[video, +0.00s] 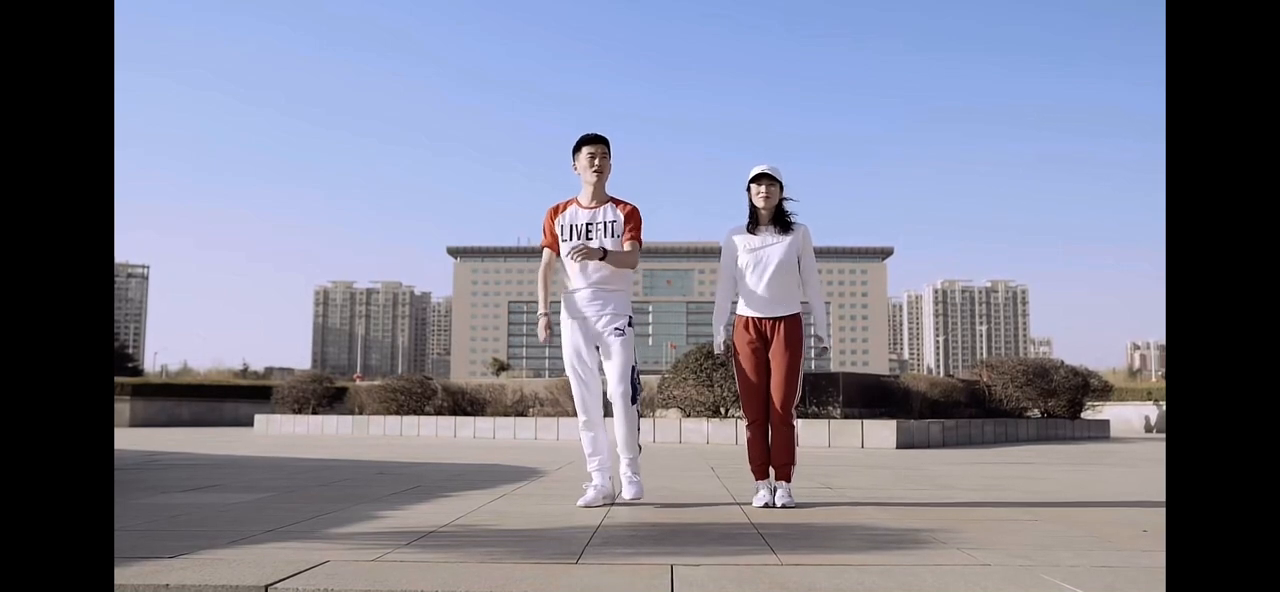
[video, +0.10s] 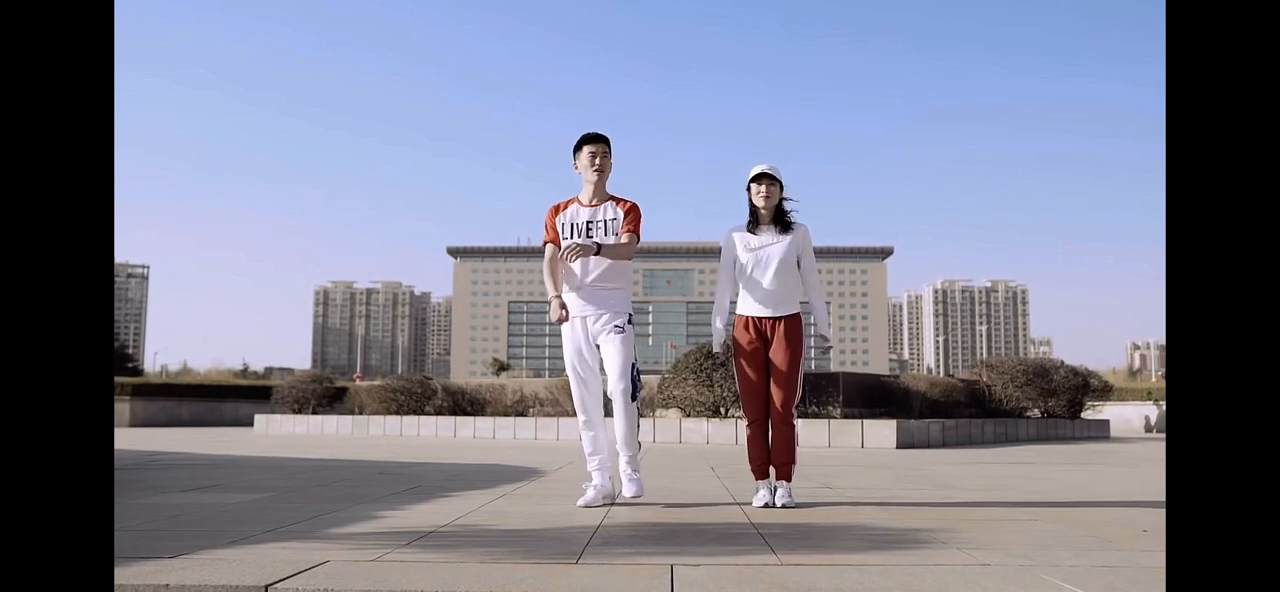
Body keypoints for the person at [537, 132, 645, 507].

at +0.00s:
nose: (598, 161)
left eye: (603, 156)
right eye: (590, 156)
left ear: (610, 164)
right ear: (576, 165)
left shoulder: (626, 211)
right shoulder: (557, 214)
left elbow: (632, 260)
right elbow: (546, 267)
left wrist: (600, 254)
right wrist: (543, 310)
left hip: (614, 312)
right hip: (575, 315)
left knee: (620, 393)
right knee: (585, 401)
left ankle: (629, 472)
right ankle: (600, 481)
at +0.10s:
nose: (598, 160)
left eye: (603, 155)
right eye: (591, 155)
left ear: (610, 164)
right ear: (577, 164)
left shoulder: (626, 208)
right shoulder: (558, 212)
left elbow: (629, 249)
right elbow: (551, 257)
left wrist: (595, 248)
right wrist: (554, 297)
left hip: (614, 314)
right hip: (575, 315)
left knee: (620, 390)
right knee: (585, 402)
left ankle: (629, 470)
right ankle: (599, 481)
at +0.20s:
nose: (599, 162)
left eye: (605, 157)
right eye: (592, 157)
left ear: (613, 165)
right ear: (578, 165)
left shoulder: (626, 207)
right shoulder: (560, 213)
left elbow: (627, 241)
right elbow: (554, 254)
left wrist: (598, 253)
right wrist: (570, 267)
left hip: (613, 313)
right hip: (575, 316)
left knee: (621, 398)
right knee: (587, 405)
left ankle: (630, 481)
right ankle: (600, 483)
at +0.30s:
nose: (600, 165)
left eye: (606, 160)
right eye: (593, 160)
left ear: (613, 167)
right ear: (580, 168)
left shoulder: (627, 209)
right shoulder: (562, 215)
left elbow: (627, 242)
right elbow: (555, 254)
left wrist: (610, 261)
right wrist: (573, 261)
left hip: (613, 314)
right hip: (574, 317)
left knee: (619, 401)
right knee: (587, 405)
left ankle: (630, 481)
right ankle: (600, 482)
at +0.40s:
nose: (600, 168)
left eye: (607, 162)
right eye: (593, 162)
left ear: (615, 168)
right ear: (581, 169)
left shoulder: (629, 211)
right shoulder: (564, 215)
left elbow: (636, 253)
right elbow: (553, 258)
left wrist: (632, 290)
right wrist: (574, 266)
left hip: (614, 312)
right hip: (576, 316)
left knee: (619, 399)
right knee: (588, 404)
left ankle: (630, 481)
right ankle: (600, 482)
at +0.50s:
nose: (601, 169)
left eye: (608, 163)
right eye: (594, 163)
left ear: (616, 169)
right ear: (582, 169)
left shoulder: (630, 214)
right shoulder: (563, 215)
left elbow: (641, 260)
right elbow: (551, 259)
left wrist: (644, 306)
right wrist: (574, 272)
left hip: (617, 313)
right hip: (576, 315)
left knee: (620, 398)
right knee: (587, 402)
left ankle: (630, 481)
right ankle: (600, 482)